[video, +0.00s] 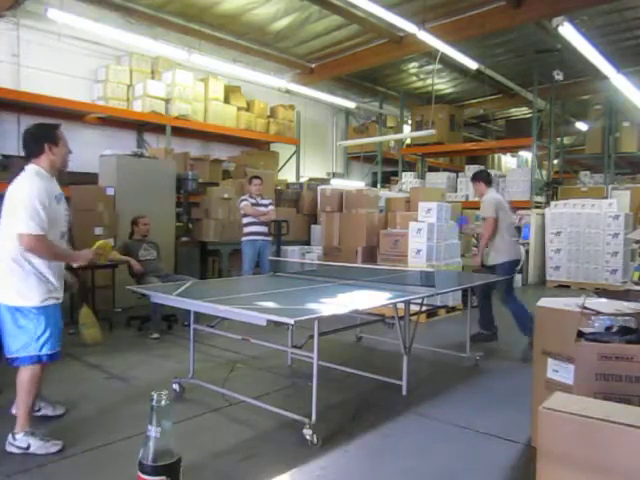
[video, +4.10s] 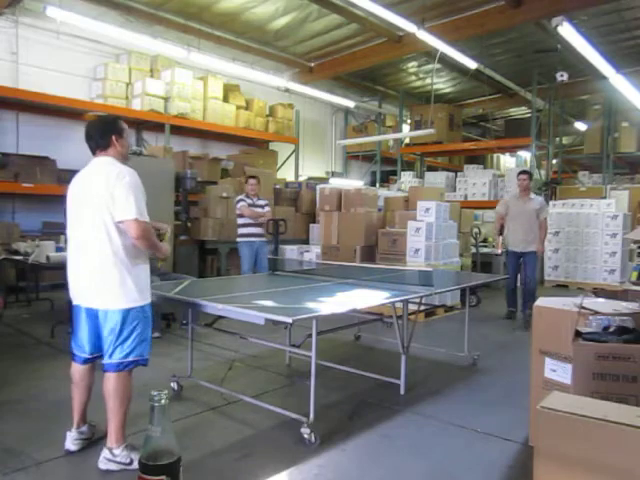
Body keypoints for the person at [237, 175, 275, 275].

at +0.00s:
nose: (258, 187)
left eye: (260, 185)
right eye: (255, 185)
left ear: (262, 186)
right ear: (249, 187)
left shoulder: (268, 201)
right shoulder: (244, 199)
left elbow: (272, 215)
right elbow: (248, 211)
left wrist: (258, 216)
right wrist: (265, 212)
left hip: (265, 238)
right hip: (249, 238)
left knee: (266, 269)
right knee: (248, 270)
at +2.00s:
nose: (251, 186)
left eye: (253, 183)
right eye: (248, 183)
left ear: (256, 185)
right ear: (244, 185)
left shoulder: (262, 200)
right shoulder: (239, 198)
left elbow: (268, 216)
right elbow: (243, 211)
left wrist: (252, 217)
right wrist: (261, 212)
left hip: (260, 238)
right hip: (244, 238)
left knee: (262, 269)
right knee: (244, 270)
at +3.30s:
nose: (263, 188)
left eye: (265, 185)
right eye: (260, 185)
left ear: (269, 186)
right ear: (257, 187)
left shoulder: (275, 200)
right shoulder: (252, 199)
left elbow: (280, 214)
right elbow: (257, 213)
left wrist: (268, 218)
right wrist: (273, 214)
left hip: (271, 238)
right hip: (255, 238)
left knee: (268, 268)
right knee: (251, 268)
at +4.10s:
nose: (252, 187)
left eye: (255, 185)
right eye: (250, 185)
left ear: (258, 186)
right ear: (246, 186)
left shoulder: (264, 202)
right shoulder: (240, 199)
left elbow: (269, 216)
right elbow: (246, 212)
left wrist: (254, 217)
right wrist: (262, 214)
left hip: (261, 239)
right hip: (245, 239)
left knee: (263, 269)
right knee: (247, 270)